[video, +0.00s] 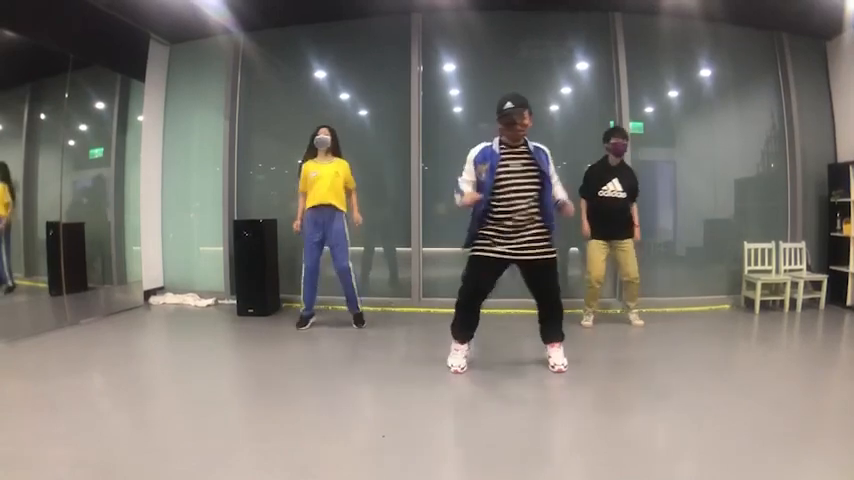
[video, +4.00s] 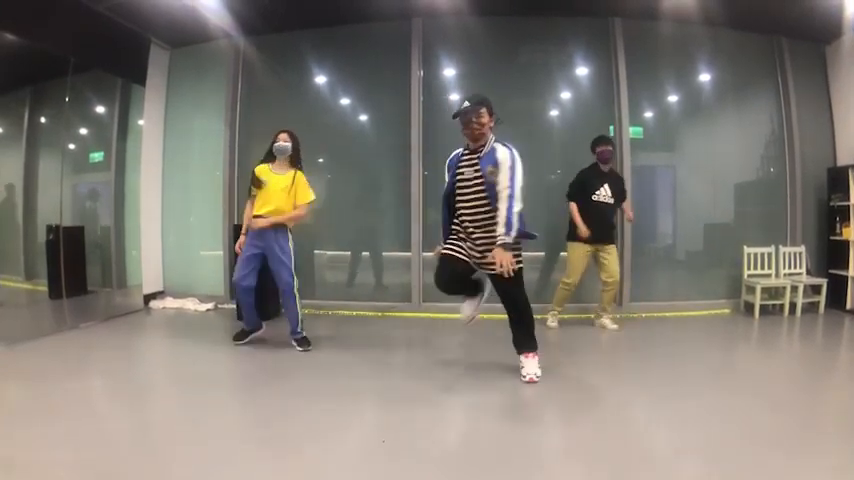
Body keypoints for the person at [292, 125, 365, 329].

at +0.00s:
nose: (322, 136)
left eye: (326, 134)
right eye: (319, 134)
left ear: (333, 141)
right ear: (314, 141)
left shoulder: (342, 164)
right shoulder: (307, 166)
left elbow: (351, 189)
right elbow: (302, 194)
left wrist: (355, 211)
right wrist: (299, 218)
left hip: (336, 213)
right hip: (312, 212)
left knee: (342, 264)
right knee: (310, 265)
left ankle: (355, 310)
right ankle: (307, 311)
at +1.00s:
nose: (308, 142)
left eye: (313, 139)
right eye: (305, 139)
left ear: (319, 146)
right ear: (300, 146)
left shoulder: (324, 169)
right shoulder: (292, 170)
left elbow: (333, 197)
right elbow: (282, 195)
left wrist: (325, 222)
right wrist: (272, 213)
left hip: (316, 217)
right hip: (296, 217)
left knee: (325, 269)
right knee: (295, 269)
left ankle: (340, 313)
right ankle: (296, 315)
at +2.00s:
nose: (289, 148)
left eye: (293, 145)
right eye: (286, 144)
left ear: (300, 149)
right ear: (282, 148)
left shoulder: (301, 167)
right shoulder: (281, 172)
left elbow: (316, 192)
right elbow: (277, 197)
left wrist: (294, 204)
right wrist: (264, 209)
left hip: (301, 221)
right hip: (281, 221)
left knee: (318, 269)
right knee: (271, 271)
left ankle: (337, 313)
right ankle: (265, 316)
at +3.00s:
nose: (299, 142)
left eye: (304, 140)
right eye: (297, 138)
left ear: (311, 147)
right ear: (292, 144)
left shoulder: (310, 171)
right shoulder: (287, 170)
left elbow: (306, 202)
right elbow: (287, 198)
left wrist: (281, 208)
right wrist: (283, 220)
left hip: (307, 225)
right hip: (288, 223)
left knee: (315, 275)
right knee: (263, 260)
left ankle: (332, 322)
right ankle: (276, 308)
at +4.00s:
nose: (281, 144)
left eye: (286, 141)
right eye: (278, 140)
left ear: (294, 148)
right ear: (272, 146)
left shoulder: (297, 176)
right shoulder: (260, 170)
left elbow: (302, 212)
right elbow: (251, 202)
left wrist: (269, 221)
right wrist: (243, 234)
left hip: (279, 234)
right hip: (254, 232)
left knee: (287, 283)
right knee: (241, 280)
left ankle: (297, 333)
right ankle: (252, 325)